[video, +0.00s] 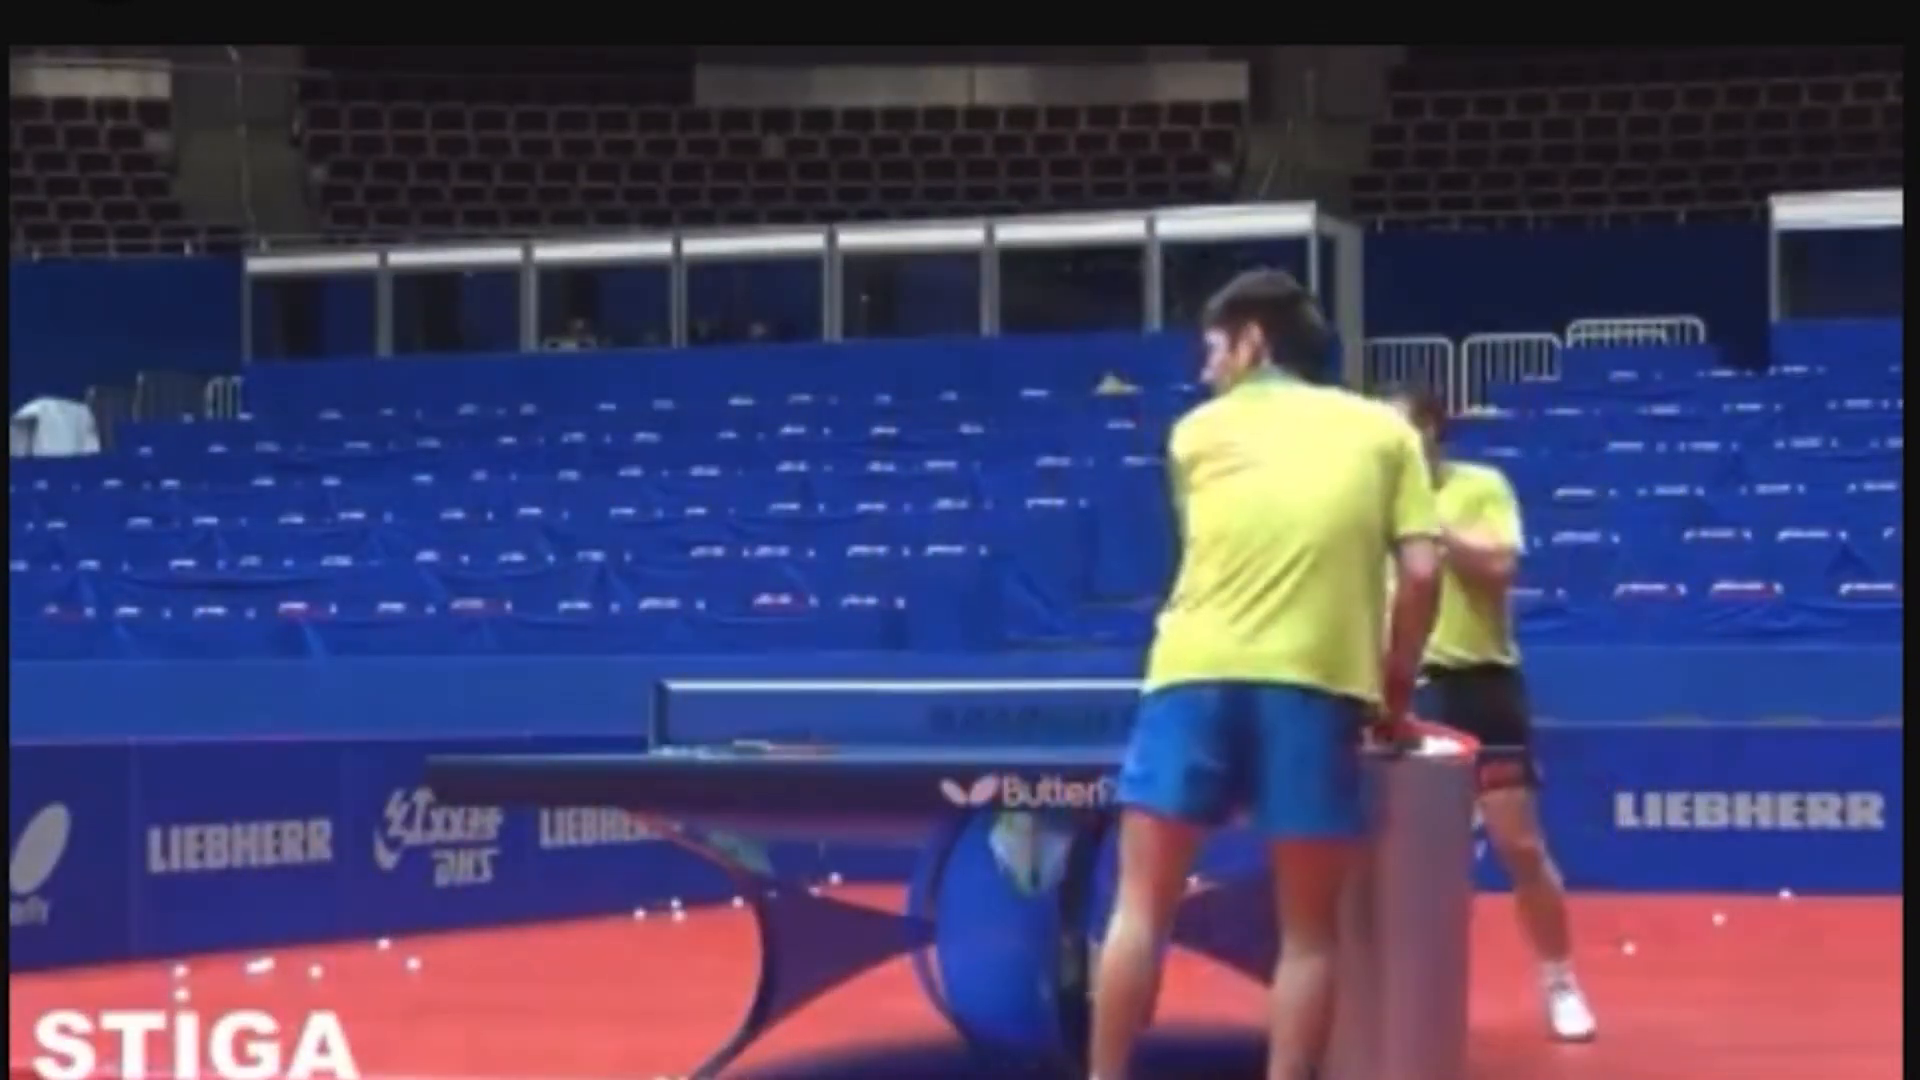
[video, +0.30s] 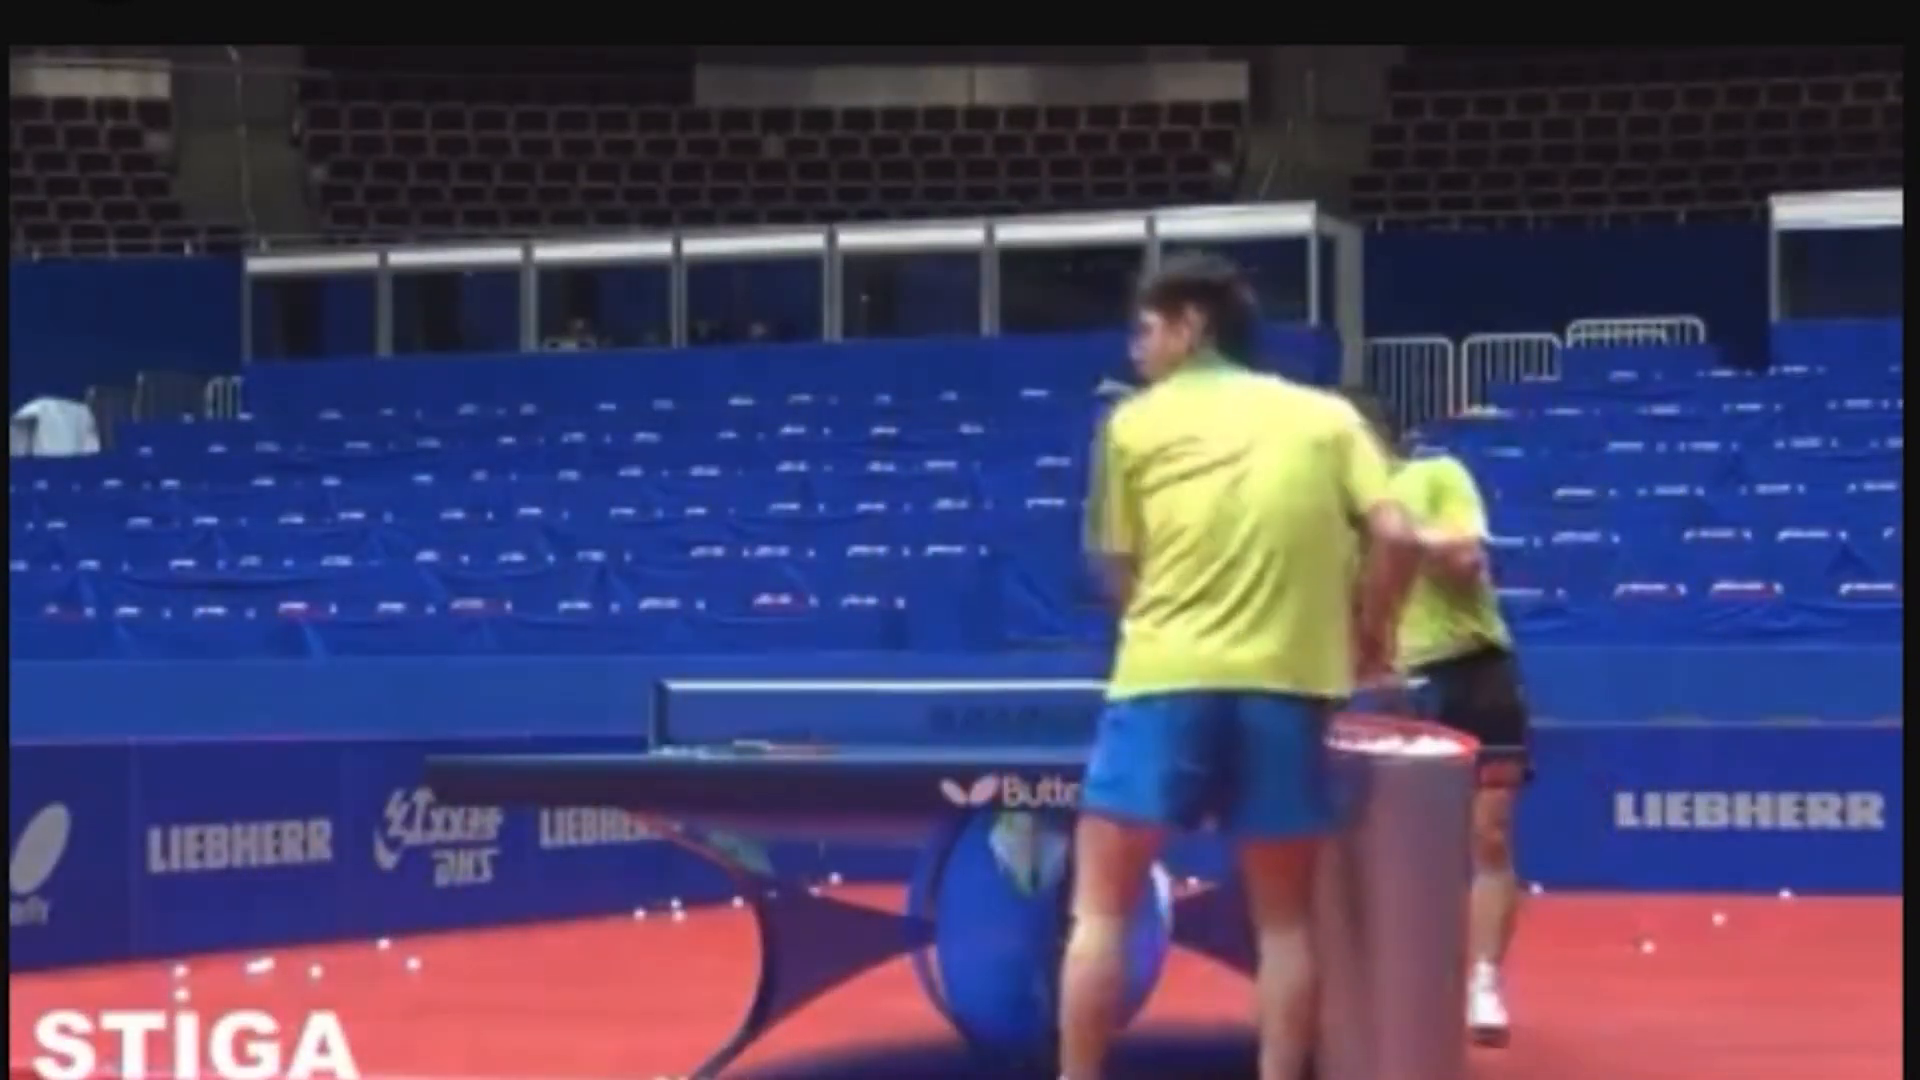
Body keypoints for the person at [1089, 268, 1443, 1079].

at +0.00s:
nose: (1205, 369)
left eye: (1212, 351)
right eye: (1204, 353)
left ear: (1251, 343)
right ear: (1300, 349)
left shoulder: (1197, 429)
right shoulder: (1383, 426)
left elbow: (1207, 553)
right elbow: (1421, 571)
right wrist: (1396, 695)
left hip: (1189, 674)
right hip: (1312, 684)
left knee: (1140, 909)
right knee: (1306, 935)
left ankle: (1105, 1071)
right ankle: (1286, 1073)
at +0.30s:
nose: (1135, 347)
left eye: (1146, 329)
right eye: (1136, 329)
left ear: (1189, 325)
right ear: (1222, 331)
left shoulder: (1135, 423)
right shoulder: (1327, 414)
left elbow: (1119, 569)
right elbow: (1398, 530)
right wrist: (1375, 626)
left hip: (1161, 685)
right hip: (1287, 689)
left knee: (1101, 909)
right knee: (1283, 918)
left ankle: (1078, 1071)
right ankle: (1280, 1073)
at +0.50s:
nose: (1052, 338)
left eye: (1063, 319)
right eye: (1053, 320)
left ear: (1108, 317)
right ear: (1133, 322)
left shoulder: (1058, 417)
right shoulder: (1239, 409)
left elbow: (1011, 561)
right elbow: (1322, 528)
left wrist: (1060, 631)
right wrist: (1261, 592)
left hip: (1100, 695)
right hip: (1226, 694)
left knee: (1064, 909)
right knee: (1245, 900)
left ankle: (1080, 1070)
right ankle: (1271, 1070)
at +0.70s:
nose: (966, 328)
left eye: (979, 309)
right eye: (967, 309)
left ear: (1028, 311)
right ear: (1043, 316)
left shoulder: (986, 408)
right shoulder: (1140, 407)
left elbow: (944, 537)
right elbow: (1226, 525)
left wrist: (934, 636)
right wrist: (1156, 601)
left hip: (1027, 699)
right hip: (1133, 695)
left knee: (1032, 926)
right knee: (1129, 893)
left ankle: (1073, 1070)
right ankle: (1195, 1060)